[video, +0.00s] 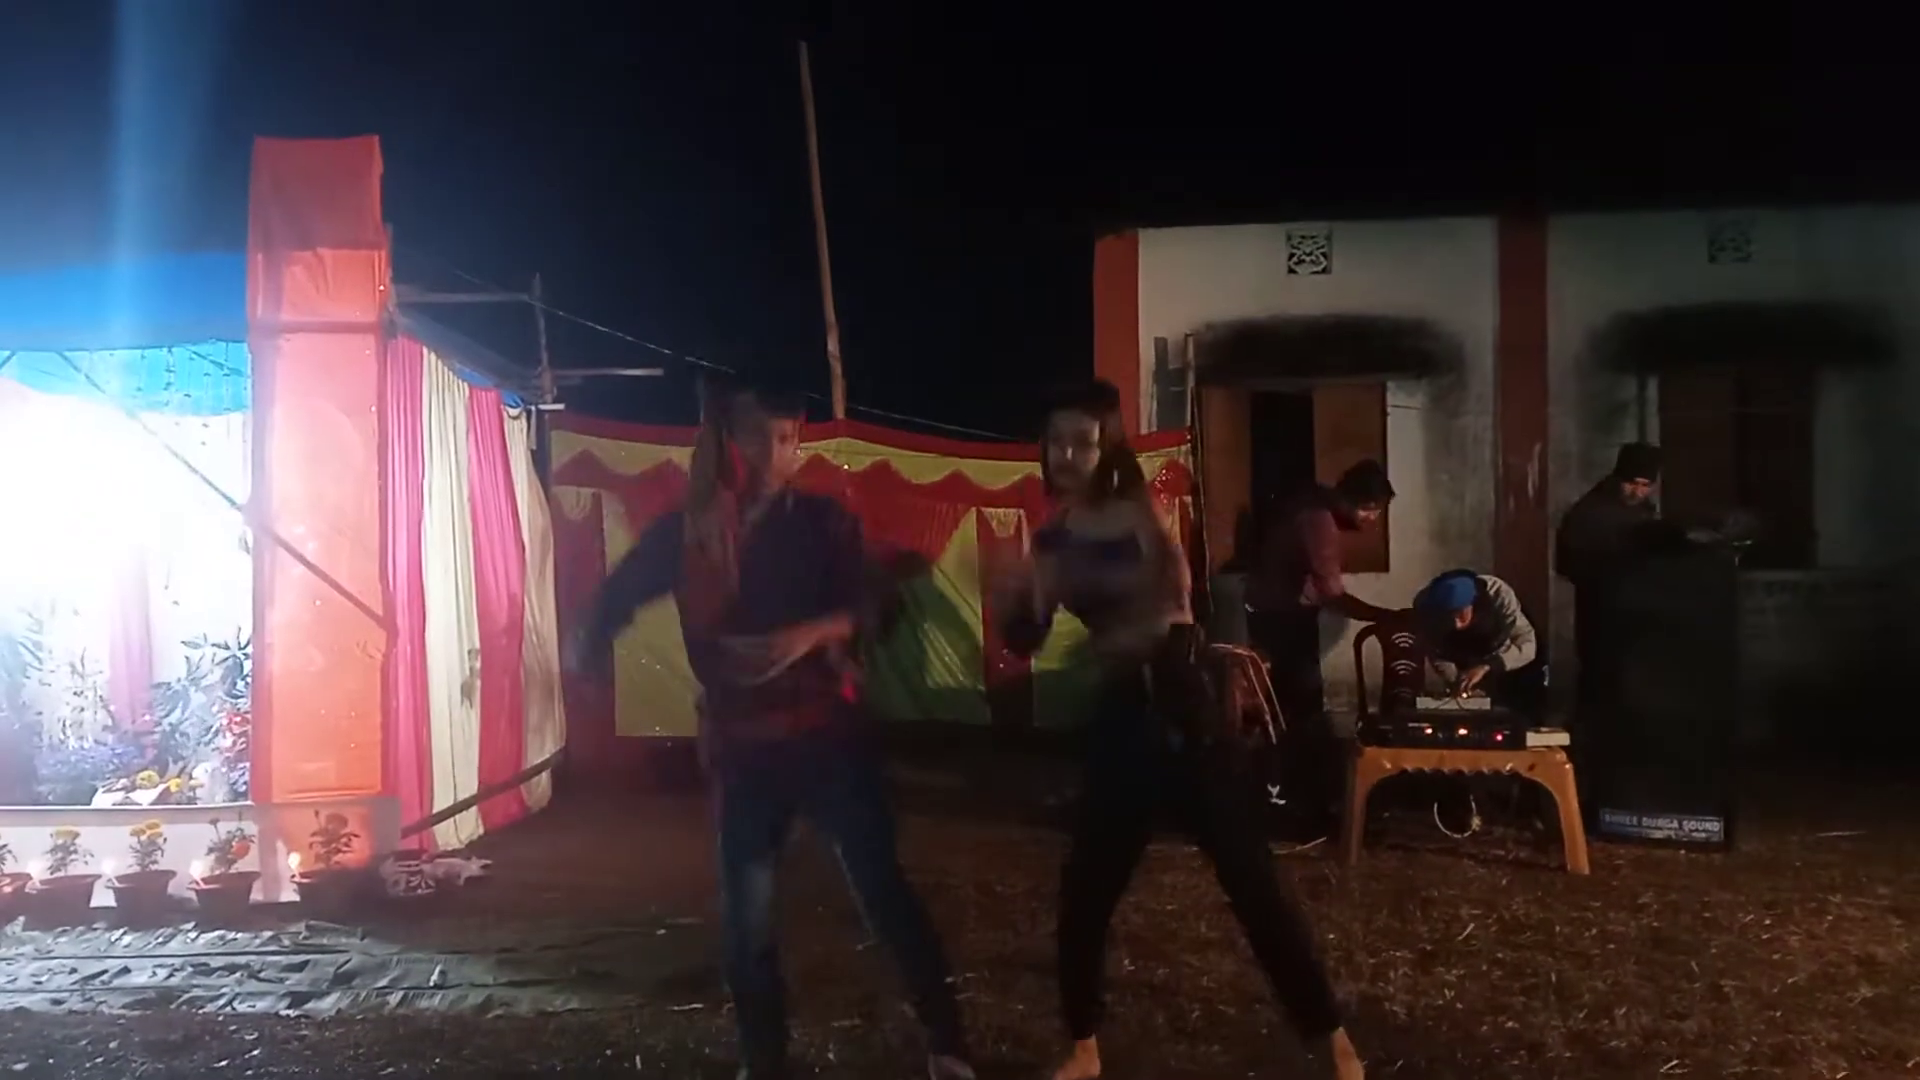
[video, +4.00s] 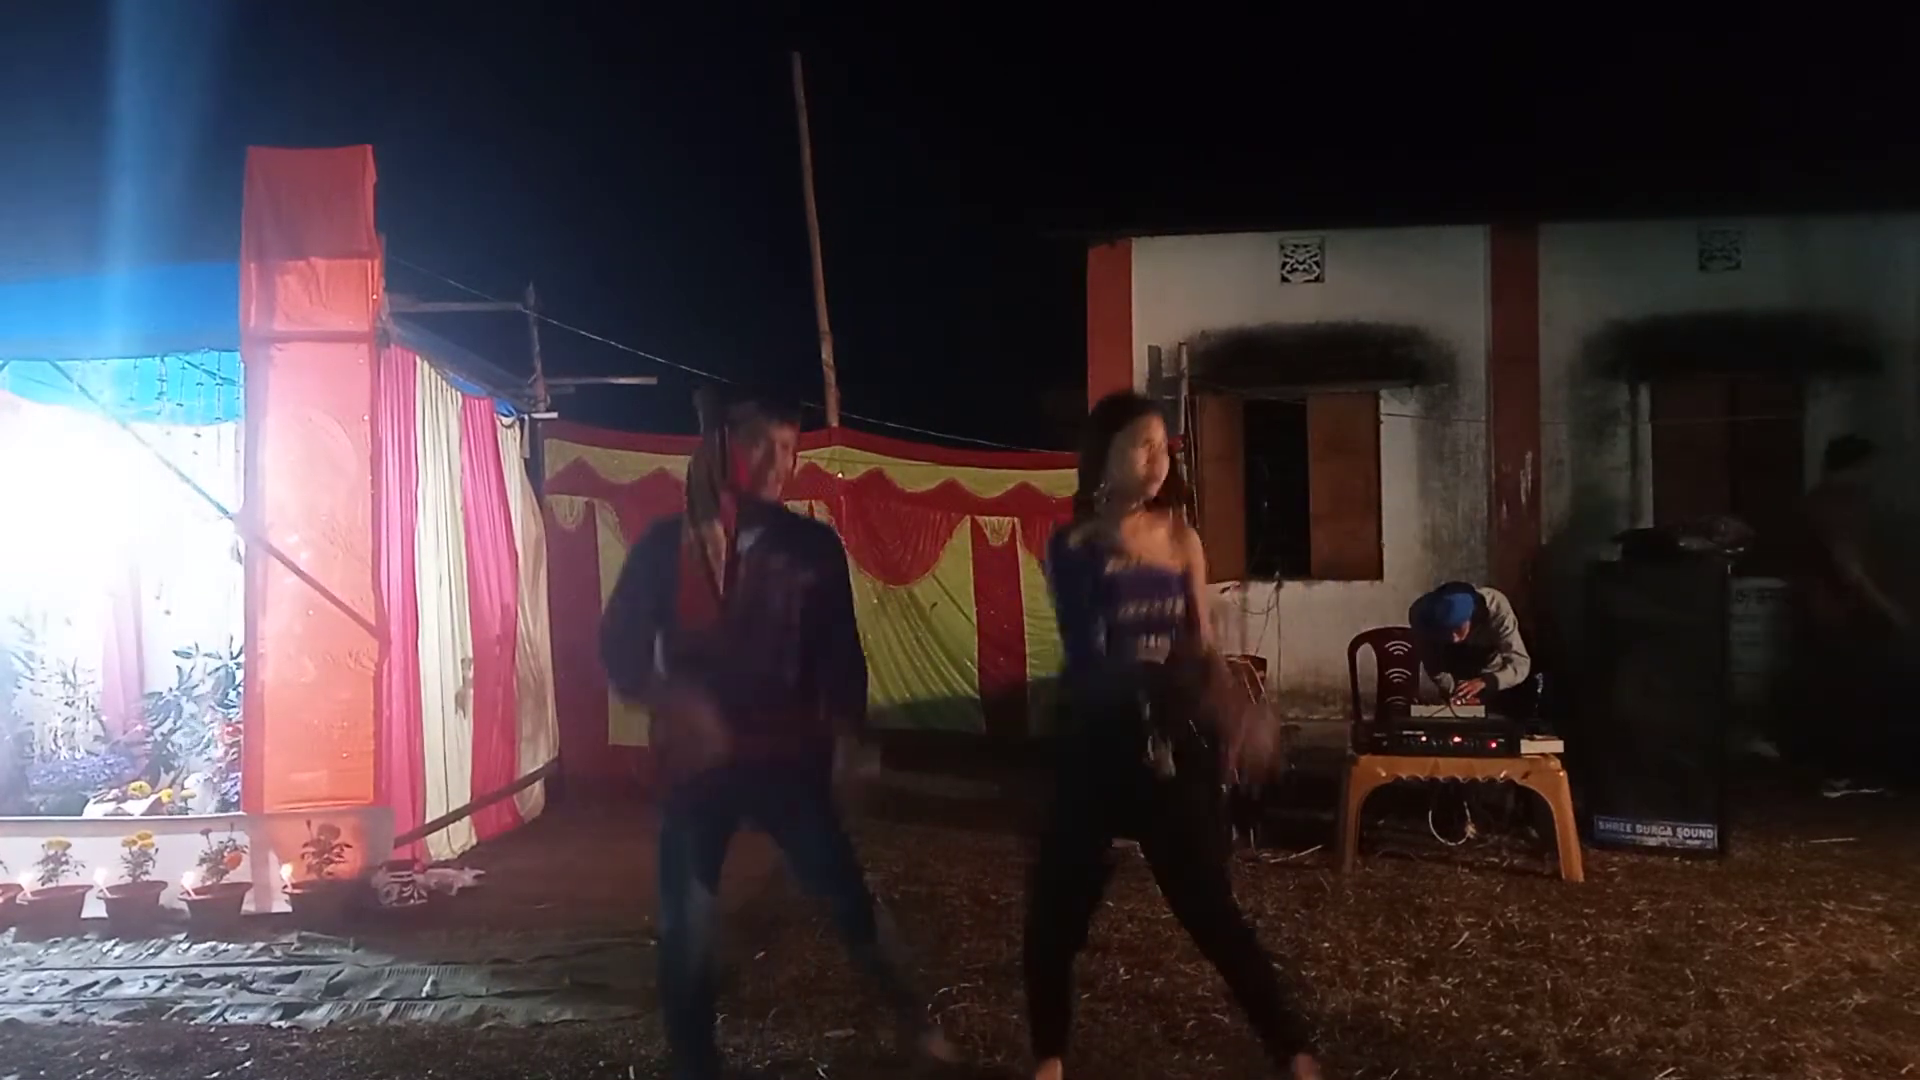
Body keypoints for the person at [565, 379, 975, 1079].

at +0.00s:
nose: (789, 453)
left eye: (794, 439)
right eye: (774, 440)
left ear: (798, 444)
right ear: (733, 444)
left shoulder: (825, 519)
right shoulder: (690, 530)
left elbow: (867, 609)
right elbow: (620, 592)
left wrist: (803, 636)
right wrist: (587, 639)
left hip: (830, 741)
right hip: (746, 750)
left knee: (881, 893)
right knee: (747, 918)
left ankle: (946, 1045)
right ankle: (762, 1060)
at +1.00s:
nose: (750, 415)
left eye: (760, 403)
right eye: (736, 401)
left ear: (771, 415)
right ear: (700, 409)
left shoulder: (811, 500)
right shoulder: (662, 495)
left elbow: (862, 620)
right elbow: (574, 556)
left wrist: (866, 719)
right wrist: (577, 492)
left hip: (798, 723)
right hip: (702, 726)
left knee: (827, 881)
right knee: (654, 884)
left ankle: (842, 1041)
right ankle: (636, 1039)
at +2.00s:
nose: (812, 409)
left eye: (821, 396)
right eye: (799, 392)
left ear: (825, 408)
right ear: (757, 393)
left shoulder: (849, 492)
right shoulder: (700, 472)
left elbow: (917, 581)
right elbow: (626, 528)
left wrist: (908, 672)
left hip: (798, 713)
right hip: (700, 712)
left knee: (822, 888)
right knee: (668, 882)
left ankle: (825, 1045)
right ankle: (623, 1042)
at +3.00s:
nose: (748, 472)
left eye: (755, 457)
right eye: (731, 458)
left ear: (765, 470)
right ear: (692, 472)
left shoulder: (784, 564)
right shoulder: (652, 565)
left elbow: (811, 685)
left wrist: (819, 784)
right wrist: (780, 638)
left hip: (713, 787)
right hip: (628, 780)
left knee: (777, 946)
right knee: (602, 951)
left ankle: (792, 1066)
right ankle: (542, 1067)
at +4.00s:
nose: (778, 464)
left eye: (787, 450)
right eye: (764, 447)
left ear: (791, 457)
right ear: (725, 448)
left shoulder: (814, 544)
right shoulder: (669, 542)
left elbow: (841, 648)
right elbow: (622, 643)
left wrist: (849, 732)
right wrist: (664, 693)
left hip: (789, 761)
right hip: (699, 764)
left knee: (848, 900)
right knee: (685, 925)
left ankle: (917, 1019)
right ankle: (692, 1062)